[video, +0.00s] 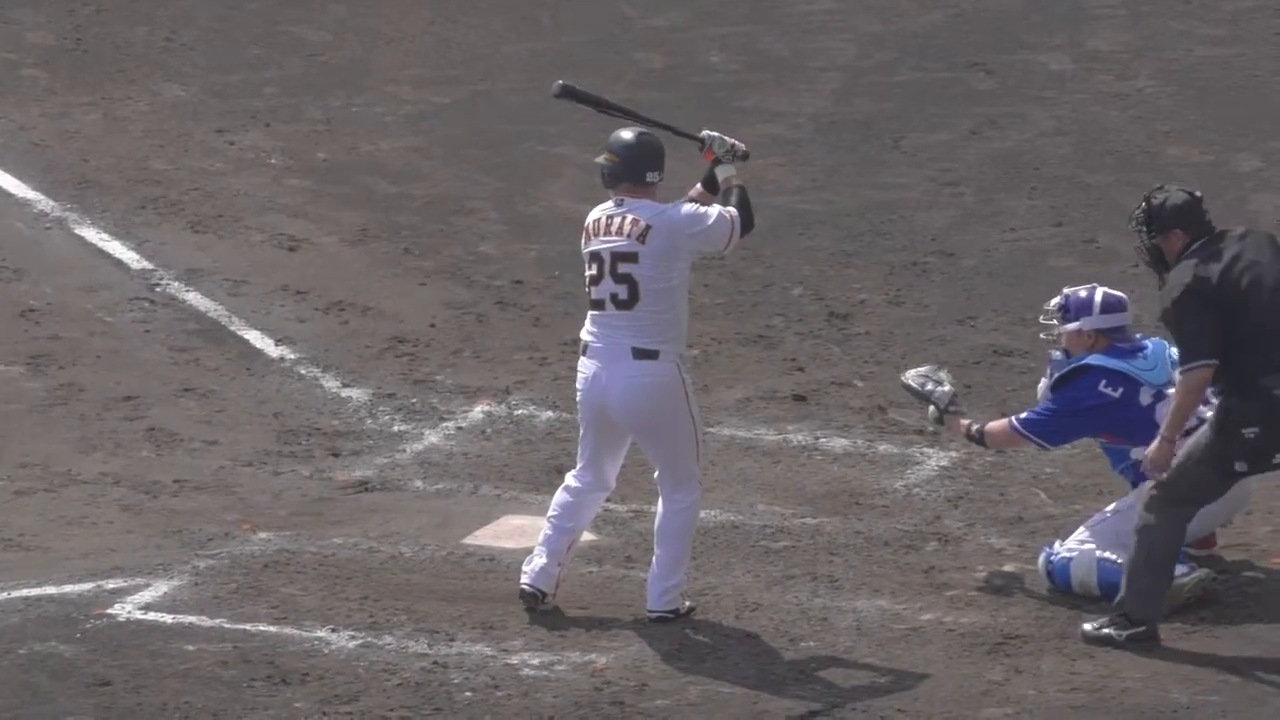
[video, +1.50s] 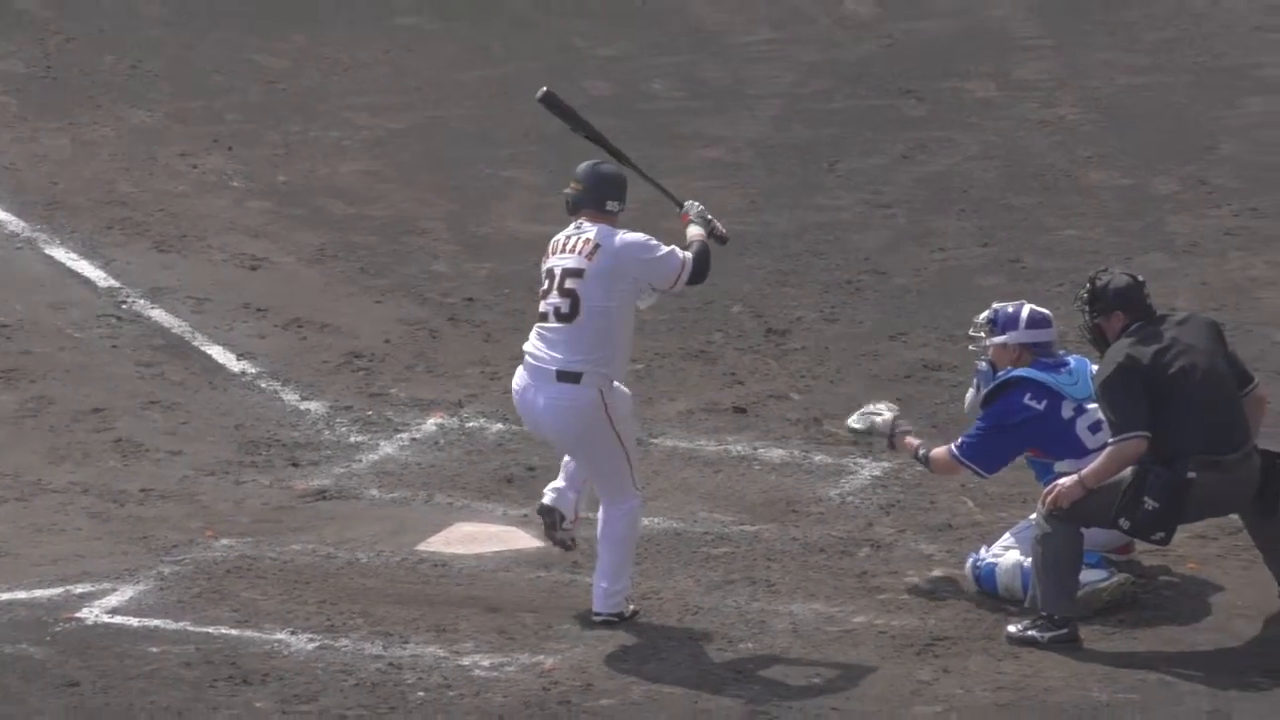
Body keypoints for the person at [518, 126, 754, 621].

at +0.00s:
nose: (604, 176)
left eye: (608, 169)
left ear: (611, 173)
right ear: (656, 174)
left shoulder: (595, 221)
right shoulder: (675, 222)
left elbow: (675, 213)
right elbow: (741, 221)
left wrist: (712, 169)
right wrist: (732, 175)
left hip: (592, 372)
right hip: (653, 378)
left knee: (589, 475)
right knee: (679, 485)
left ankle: (537, 576)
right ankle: (665, 598)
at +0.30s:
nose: (603, 174)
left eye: (608, 169)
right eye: (659, 171)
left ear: (610, 172)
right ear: (657, 173)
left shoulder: (594, 216)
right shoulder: (673, 219)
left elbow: (672, 205)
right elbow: (738, 214)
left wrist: (709, 160)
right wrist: (725, 167)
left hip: (586, 368)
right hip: (647, 375)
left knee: (583, 475)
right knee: (675, 485)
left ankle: (533, 577)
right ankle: (662, 598)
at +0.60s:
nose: (605, 176)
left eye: (609, 169)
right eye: (658, 172)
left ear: (610, 174)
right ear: (657, 175)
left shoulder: (593, 222)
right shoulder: (673, 223)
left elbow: (668, 223)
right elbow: (738, 226)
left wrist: (710, 181)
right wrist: (730, 179)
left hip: (586, 373)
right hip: (648, 379)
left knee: (583, 477)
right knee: (673, 486)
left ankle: (532, 577)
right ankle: (659, 600)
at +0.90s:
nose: (599, 178)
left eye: (603, 171)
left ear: (605, 176)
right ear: (653, 178)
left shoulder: (587, 224)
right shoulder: (666, 227)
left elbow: (661, 220)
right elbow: (732, 226)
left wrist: (704, 178)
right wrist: (722, 178)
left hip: (577, 375)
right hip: (638, 381)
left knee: (575, 480)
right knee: (667, 489)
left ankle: (527, 581)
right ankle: (655, 603)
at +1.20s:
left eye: (603, 183)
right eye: (652, 188)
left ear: (604, 188)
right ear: (650, 191)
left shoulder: (587, 233)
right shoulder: (662, 236)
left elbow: (665, 233)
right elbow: (731, 239)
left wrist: (708, 195)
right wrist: (724, 190)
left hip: (569, 385)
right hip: (629, 391)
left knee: (577, 486)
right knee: (660, 500)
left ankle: (524, 582)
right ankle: (648, 612)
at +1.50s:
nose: (569, 203)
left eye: (571, 197)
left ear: (576, 200)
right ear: (617, 203)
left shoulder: (559, 243)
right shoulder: (627, 246)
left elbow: (641, 287)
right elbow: (695, 269)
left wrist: (702, 242)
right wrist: (696, 227)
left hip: (527, 389)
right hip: (583, 400)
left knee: (618, 403)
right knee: (621, 498)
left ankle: (562, 499)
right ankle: (609, 603)